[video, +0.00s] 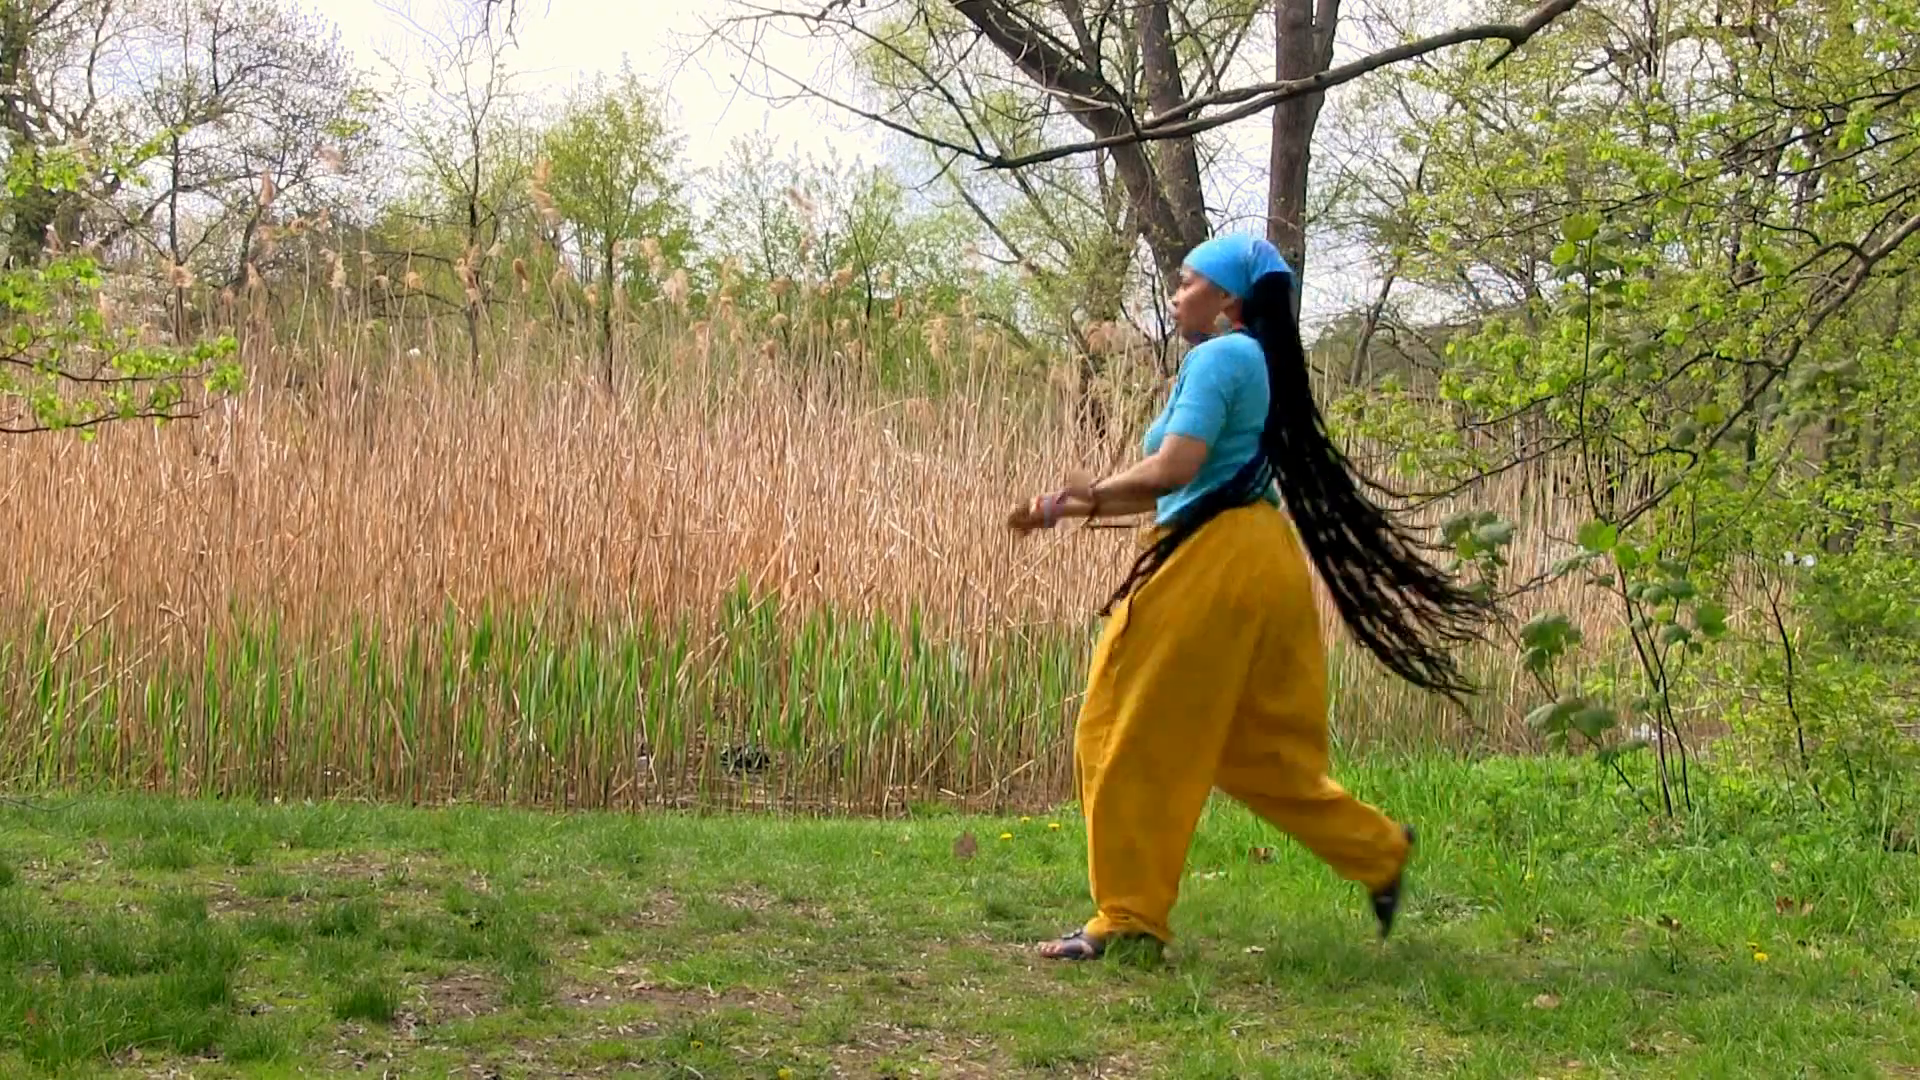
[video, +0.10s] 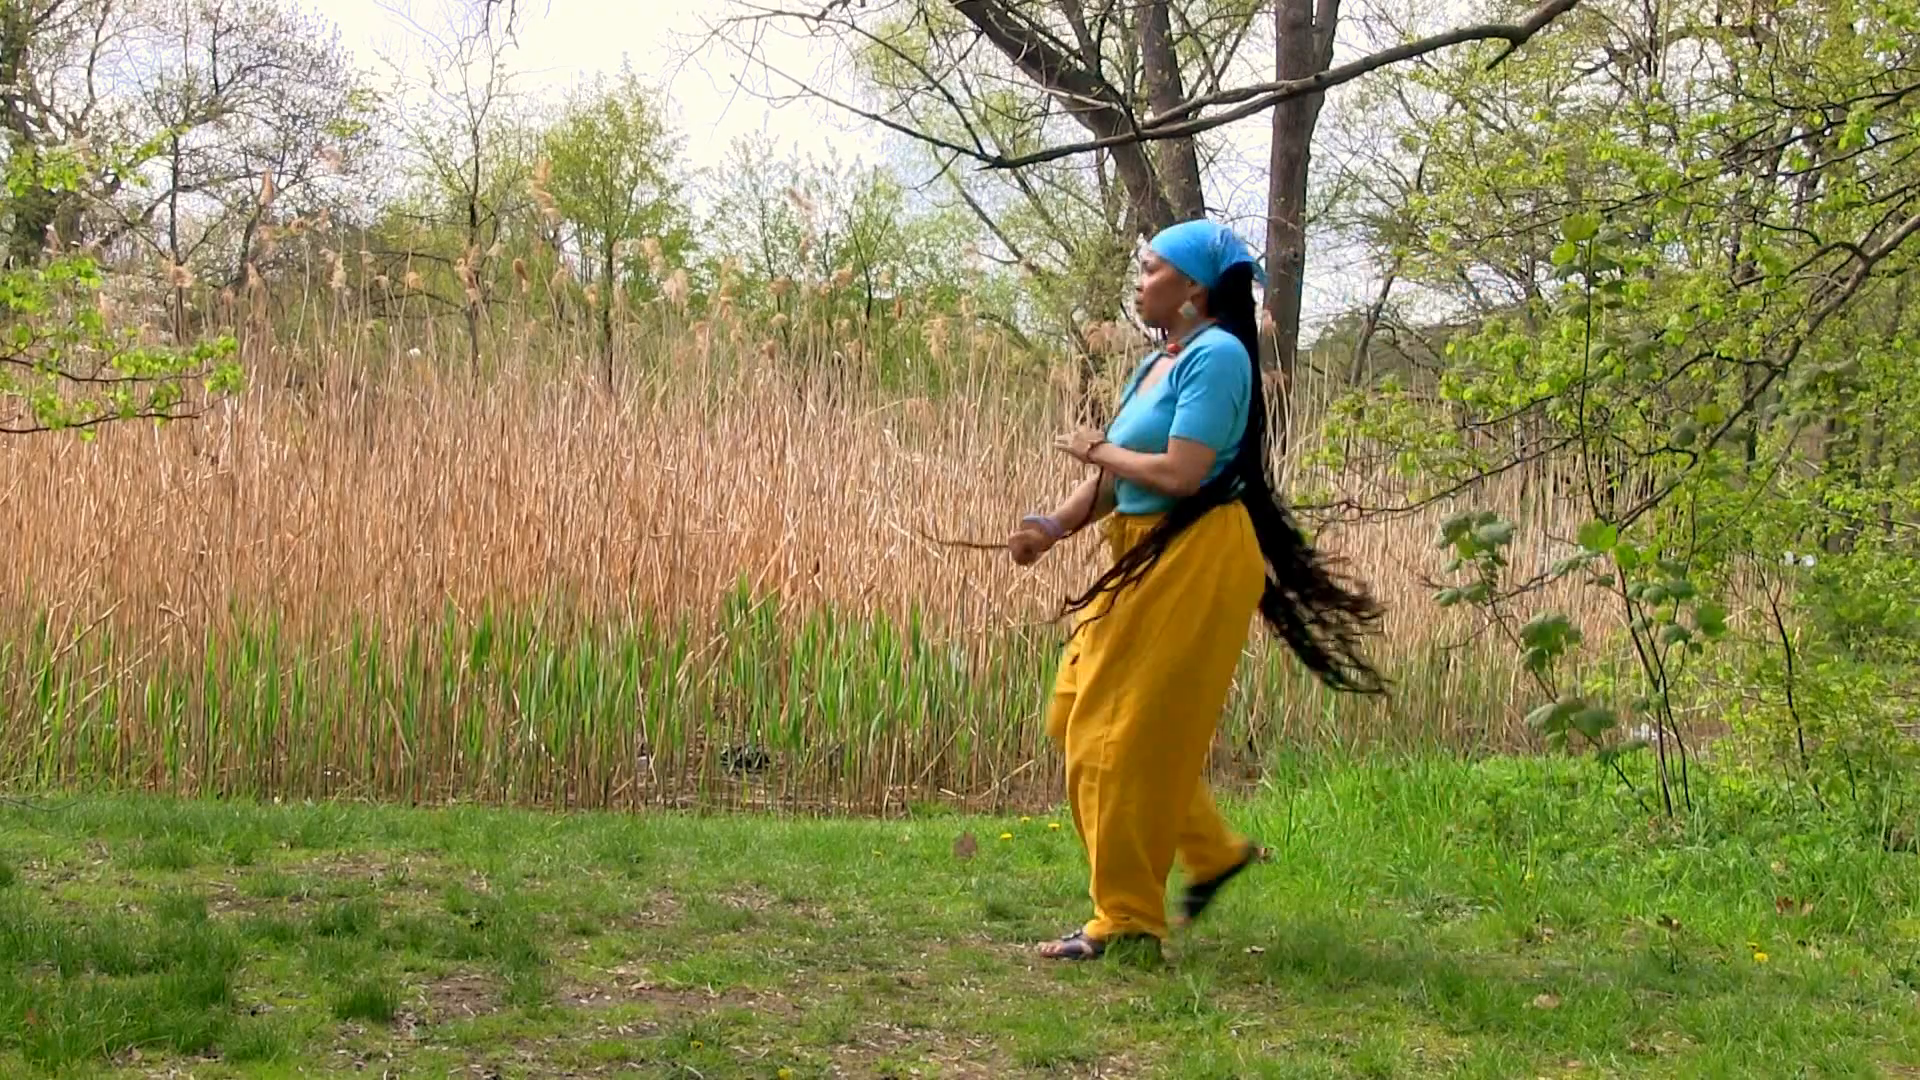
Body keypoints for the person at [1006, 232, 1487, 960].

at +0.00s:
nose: (1176, 295)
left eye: (1189, 284)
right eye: (1182, 280)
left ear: (1227, 300)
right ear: (1231, 301)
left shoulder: (1216, 360)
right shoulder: (1247, 361)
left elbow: (1173, 467)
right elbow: (1171, 477)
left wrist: (1084, 494)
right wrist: (1085, 503)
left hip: (1216, 557)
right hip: (1269, 552)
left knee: (1126, 728)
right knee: (1245, 743)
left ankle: (1128, 917)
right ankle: (1378, 851)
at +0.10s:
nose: (1139, 280)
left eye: (1154, 269)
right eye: (1144, 267)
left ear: (1195, 286)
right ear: (1183, 286)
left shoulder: (1218, 353)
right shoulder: (1161, 357)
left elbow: (1183, 474)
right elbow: (1118, 468)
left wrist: (1104, 453)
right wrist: (1055, 526)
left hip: (1200, 554)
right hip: (1150, 551)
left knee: (1126, 729)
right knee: (1075, 713)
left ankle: (1127, 919)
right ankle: (1213, 850)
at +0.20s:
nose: (1117, 264)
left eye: (1136, 255)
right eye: (1118, 253)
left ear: (1179, 276)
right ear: (1116, 267)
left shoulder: (1214, 356)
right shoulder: (1087, 346)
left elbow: (1224, 472)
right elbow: (1062, 458)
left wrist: (1111, 460)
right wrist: (1092, 508)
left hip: (1165, 564)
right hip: (1072, 547)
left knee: (1119, 730)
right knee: (1008, 696)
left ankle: (1122, 921)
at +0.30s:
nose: (1161, 249)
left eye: (1170, 239)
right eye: (1145, 235)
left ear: (1178, 255)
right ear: (1102, 246)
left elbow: (1229, 440)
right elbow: (1017, 435)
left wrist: (1164, 465)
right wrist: (1042, 522)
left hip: (1145, 528)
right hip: (1043, 513)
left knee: (1130, 721)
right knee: (998, 702)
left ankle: (1113, 912)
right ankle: (979, 887)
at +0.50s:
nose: (1151, 263)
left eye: (1150, 250)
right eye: (1137, 250)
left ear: (1116, 263)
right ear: (1090, 258)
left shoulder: (1101, 333)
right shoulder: (1041, 317)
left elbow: (1059, 431)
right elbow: (980, 390)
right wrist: (953, 470)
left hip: (1070, 529)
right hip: (1002, 514)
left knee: (1092, 708)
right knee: (1007, 715)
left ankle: (914, 767)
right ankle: (973, 911)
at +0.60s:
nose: (1116, 266)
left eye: (1113, 252)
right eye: (1102, 252)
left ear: (1070, 267)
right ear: (1058, 262)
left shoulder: (1054, 336)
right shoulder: (1009, 315)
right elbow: (974, 393)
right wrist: (1001, 428)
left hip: (1037, 531)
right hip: (988, 515)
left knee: (1022, 714)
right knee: (996, 714)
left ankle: (842, 751)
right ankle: (968, 915)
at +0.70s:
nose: (1069, 259)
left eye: (1065, 245)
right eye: (1055, 246)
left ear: (1008, 261)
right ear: (1011, 258)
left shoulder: (969, 323)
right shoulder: (991, 324)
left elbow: (923, 409)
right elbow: (1041, 396)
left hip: (928, 505)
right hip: (984, 517)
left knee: (907, 695)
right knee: (1002, 716)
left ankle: (773, 817)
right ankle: (969, 916)